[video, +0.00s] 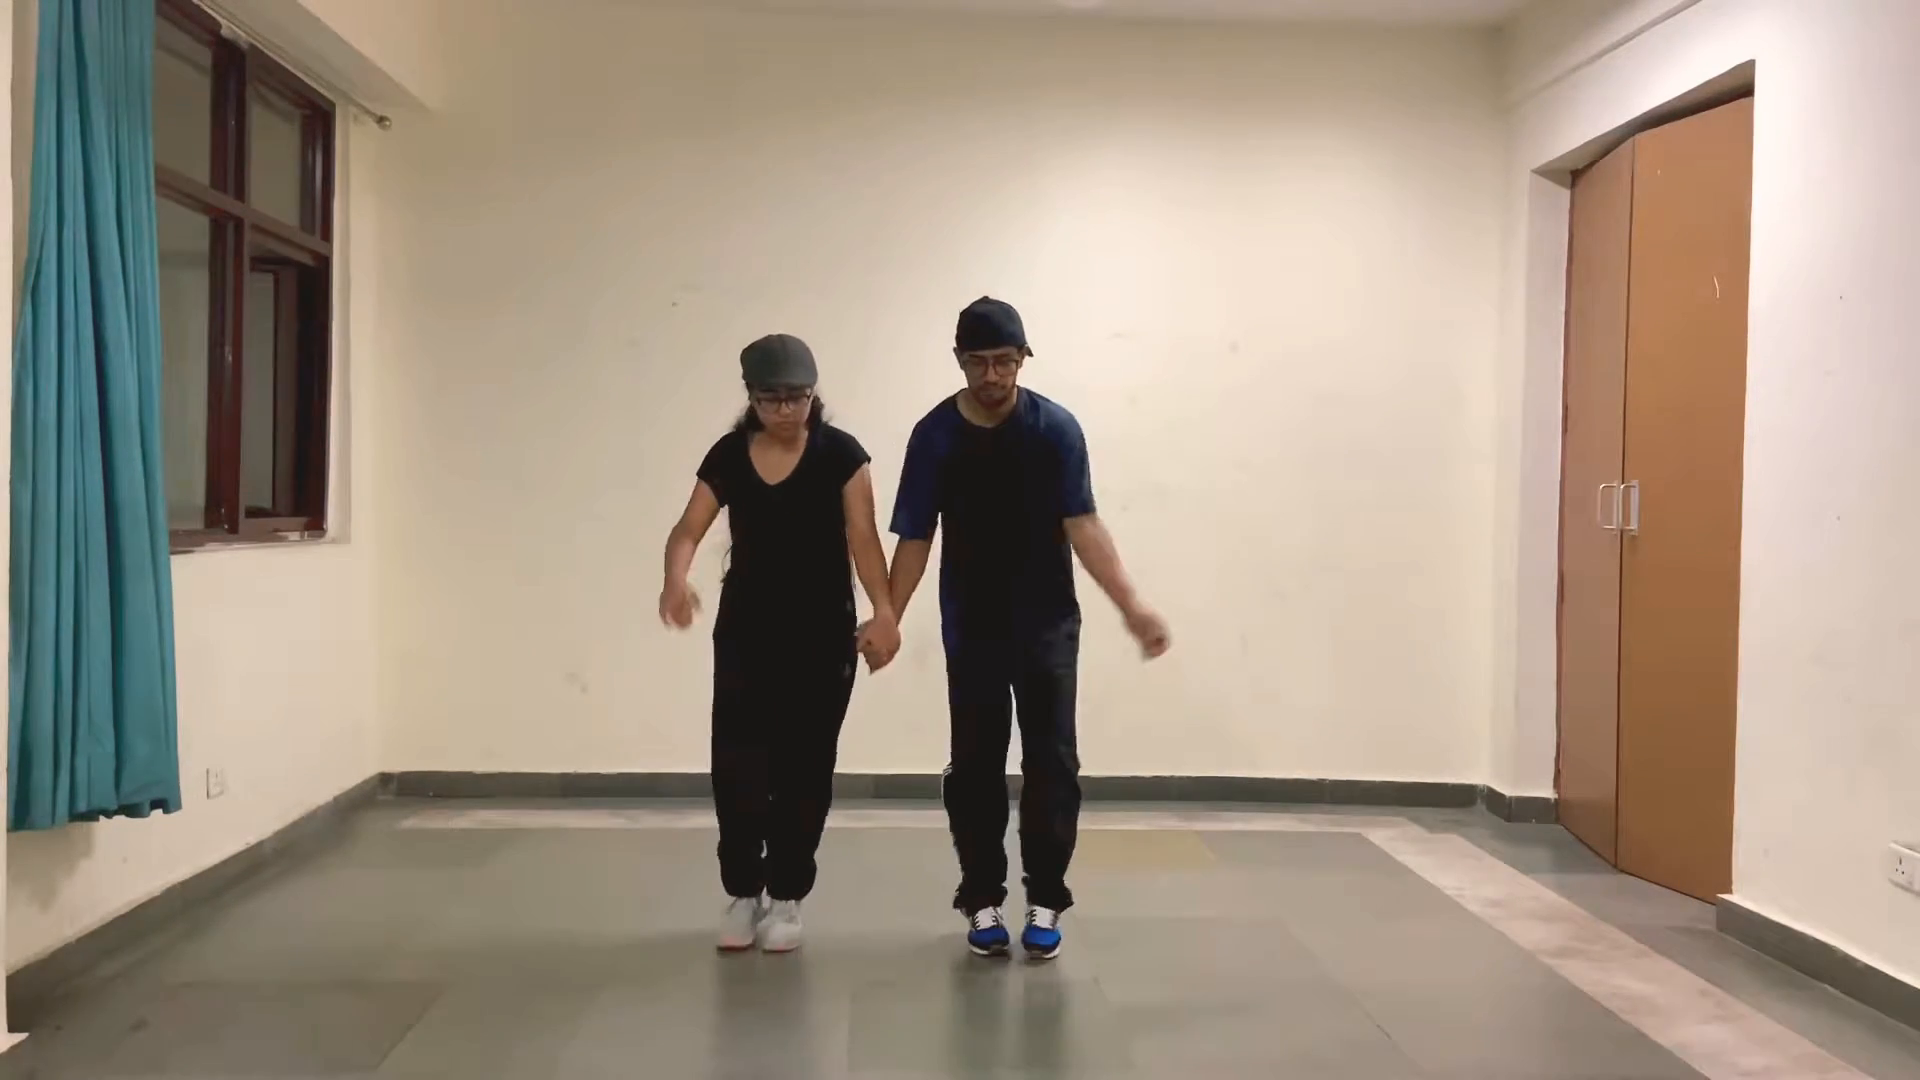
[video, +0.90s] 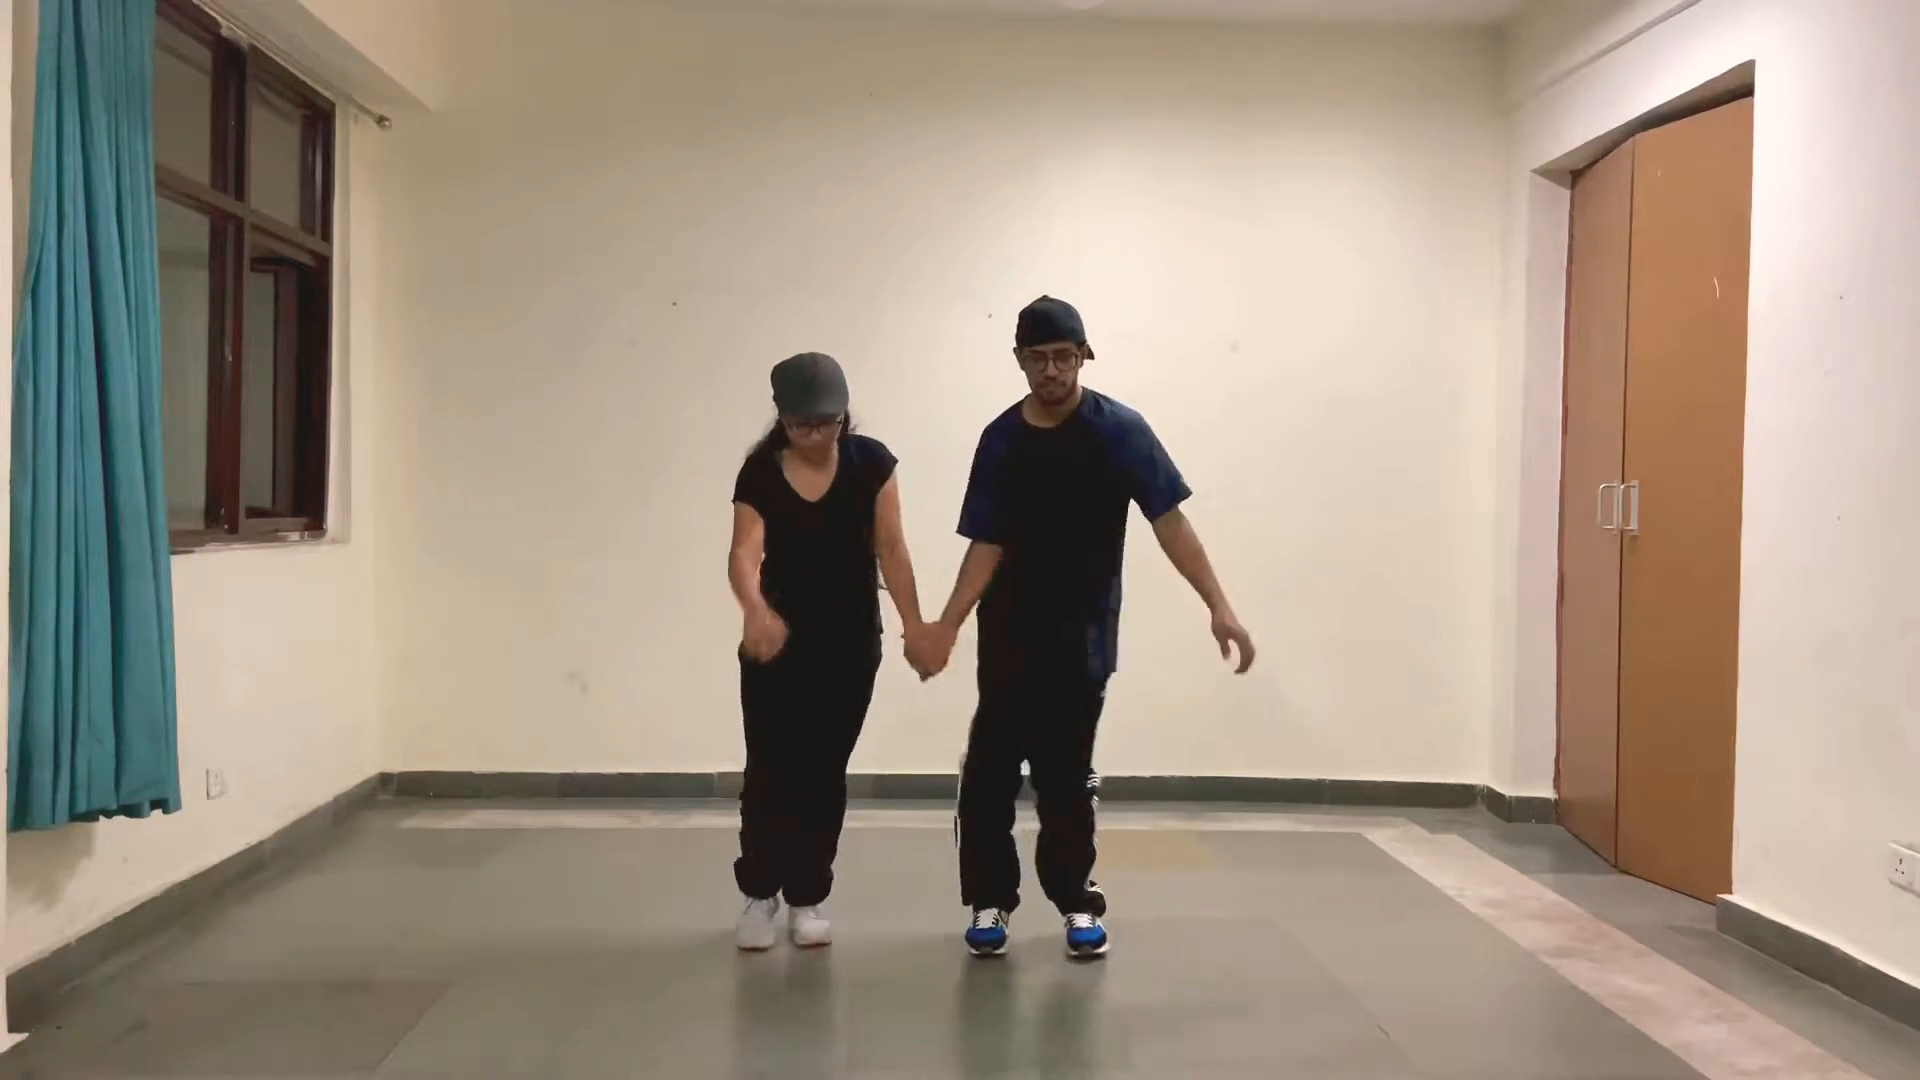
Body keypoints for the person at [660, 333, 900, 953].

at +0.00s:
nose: (787, 409)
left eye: (797, 397)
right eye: (774, 398)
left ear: (814, 393)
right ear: (752, 396)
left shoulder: (842, 456)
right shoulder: (730, 455)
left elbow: (863, 539)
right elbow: (689, 529)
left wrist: (884, 612)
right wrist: (676, 579)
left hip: (819, 630)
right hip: (747, 628)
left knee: (804, 761)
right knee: (738, 757)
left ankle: (785, 898)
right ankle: (741, 893)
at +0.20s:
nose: (811, 426)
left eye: (821, 413)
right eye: (798, 415)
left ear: (836, 408)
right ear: (774, 411)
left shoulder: (863, 464)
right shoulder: (749, 468)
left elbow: (899, 540)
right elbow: (704, 553)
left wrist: (925, 614)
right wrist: (686, 639)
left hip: (847, 638)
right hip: (768, 639)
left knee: (852, 766)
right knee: (754, 770)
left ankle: (867, 879)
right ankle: (747, 900)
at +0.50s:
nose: (850, 436)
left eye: (860, 424)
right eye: (837, 425)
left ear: (874, 419)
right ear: (813, 421)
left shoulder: (897, 472)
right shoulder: (783, 476)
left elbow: (943, 529)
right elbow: (737, 536)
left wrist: (968, 593)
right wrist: (729, 615)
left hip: (879, 654)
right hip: (803, 656)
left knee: (900, 777)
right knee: (782, 778)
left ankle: (935, 902)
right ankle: (768, 899)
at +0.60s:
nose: (839, 418)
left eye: (850, 406)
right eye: (827, 406)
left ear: (866, 403)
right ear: (804, 401)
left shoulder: (885, 456)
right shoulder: (771, 460)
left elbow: (924, 519)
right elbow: (731, 537)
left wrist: (940, 580)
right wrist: (773, 582)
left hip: (866, 635)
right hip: (788, 636)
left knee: (888, 763)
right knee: (775, 767)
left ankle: (916, 894)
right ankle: (764, 896)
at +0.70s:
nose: (832, 415)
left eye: (842, 402)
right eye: (819, 403)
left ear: (856, 395)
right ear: (794, 396)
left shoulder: (875, 449)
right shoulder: (762, 454)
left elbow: (910, 521)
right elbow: (731, 543)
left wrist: (923, 574)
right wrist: (797, 523)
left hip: (857, 631)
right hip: (781, 634)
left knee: (865, 763)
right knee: (772, 763)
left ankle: (856, 870)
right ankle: (766, 893)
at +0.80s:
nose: (822, 421)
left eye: (833, 410)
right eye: (809, 411)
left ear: (848, 403)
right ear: (786, 405)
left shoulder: (871, 453)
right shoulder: (761, 459)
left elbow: (896, 530)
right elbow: (741, 545)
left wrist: (917, 592)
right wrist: (794, 534)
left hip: (849, 637)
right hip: (777, 639)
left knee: (839, 768)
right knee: (774, 764)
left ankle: (813, 895)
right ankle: (762, 897)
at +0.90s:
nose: (814, 433)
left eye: (825, 422)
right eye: (802, 423)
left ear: (843, 414)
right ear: (781, 417)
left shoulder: (871, 462)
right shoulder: (763, 470)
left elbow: (892, 548)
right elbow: (744, 554)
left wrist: (913, 625)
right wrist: (755, 609)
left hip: (847, 640)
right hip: (777, 637)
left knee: (825, 765)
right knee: (771, 763)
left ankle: (808, 898)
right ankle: (760, 896)